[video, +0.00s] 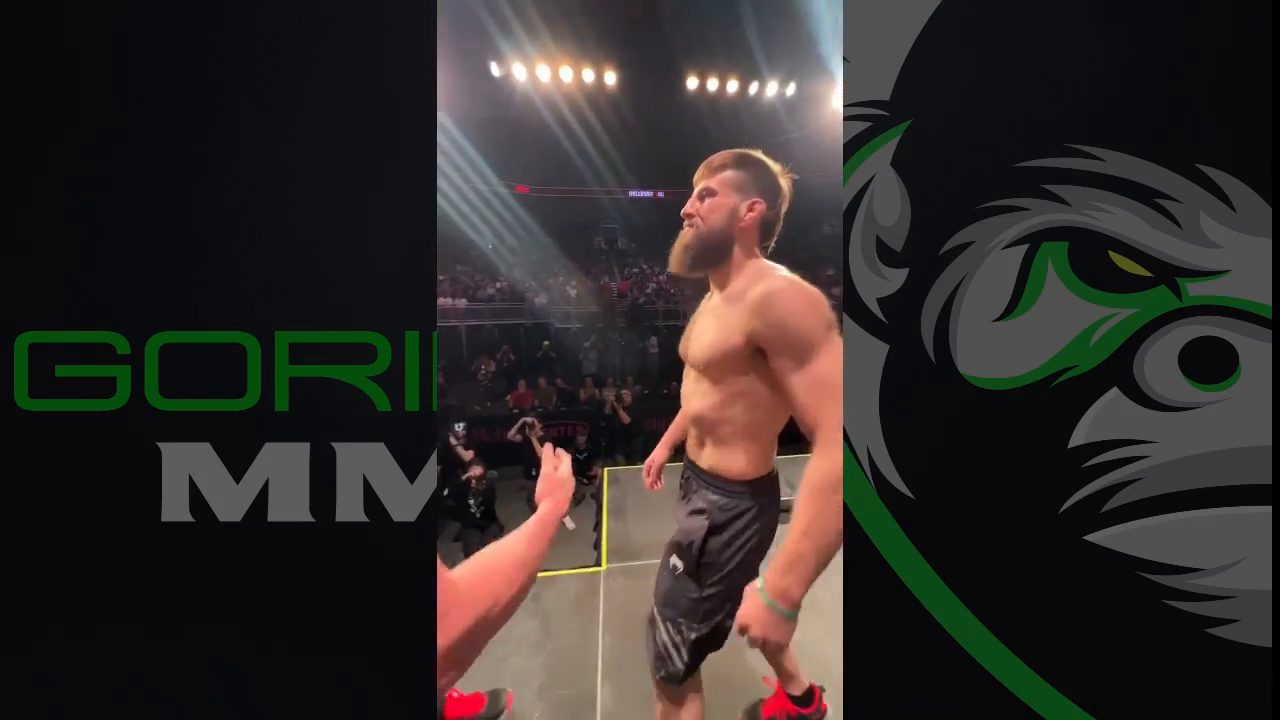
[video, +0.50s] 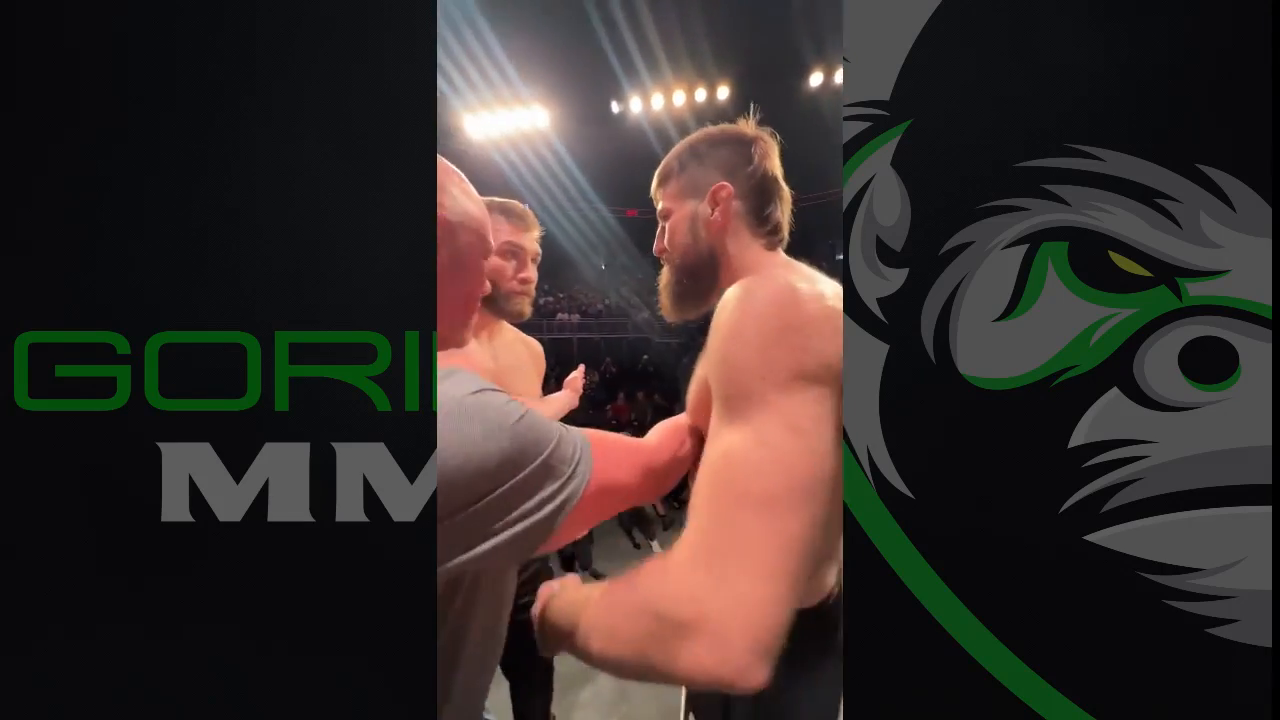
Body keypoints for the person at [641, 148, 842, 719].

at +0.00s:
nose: (687, 206)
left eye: (706, 194)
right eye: (692, 195)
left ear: (751, 211)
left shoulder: (781, 298)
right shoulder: (718, 295)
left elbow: (840, 447)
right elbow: (711, 389)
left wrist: (782, 591)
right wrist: (666, 444)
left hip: (733, 504)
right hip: (704, 487)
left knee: (671, 658)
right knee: (752, 603)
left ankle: (676, 710)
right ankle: (797, 694)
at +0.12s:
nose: (680, 203)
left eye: (699, 187)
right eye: (686, 187)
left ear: (749, 200)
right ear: (741, 203)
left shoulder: (770, 300)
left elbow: (792, 497)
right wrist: (688, 458)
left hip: (726, 531)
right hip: (702, 513)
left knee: (677, 687)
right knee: (728, 622)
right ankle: (805, 704)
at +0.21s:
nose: (670, 208)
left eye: (688, 188)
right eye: (676, 190)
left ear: (743, 194)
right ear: (737, 197)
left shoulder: (761, 300)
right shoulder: (744, 296)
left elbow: (746, 527)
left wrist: (620, 652)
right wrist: (701, 478)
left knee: (691, 703)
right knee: (734, 667)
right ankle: (792, 710)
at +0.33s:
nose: (658, 222)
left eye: (671, 196)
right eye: (662, 201)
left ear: (725, 191)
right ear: (726, 194)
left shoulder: (756, 299)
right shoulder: (777, 290)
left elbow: (688, 561)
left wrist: (550, 590)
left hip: (739, 594)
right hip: (756, 577)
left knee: (716, 711)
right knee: (710, 708)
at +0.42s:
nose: (654, 235)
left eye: (665, 208)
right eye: (656, 212)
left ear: (718, 197)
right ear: (718, 200)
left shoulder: (759, 299)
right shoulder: (794, 292)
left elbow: (684, 589)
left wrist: (547, 579)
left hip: (751, 616)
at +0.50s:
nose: (656, 245)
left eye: (666, 217)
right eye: (657, 222)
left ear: (720, 205)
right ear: (721, 208)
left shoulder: (776, 303)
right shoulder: (807, 299)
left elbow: (723, 632)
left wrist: (567, 607)